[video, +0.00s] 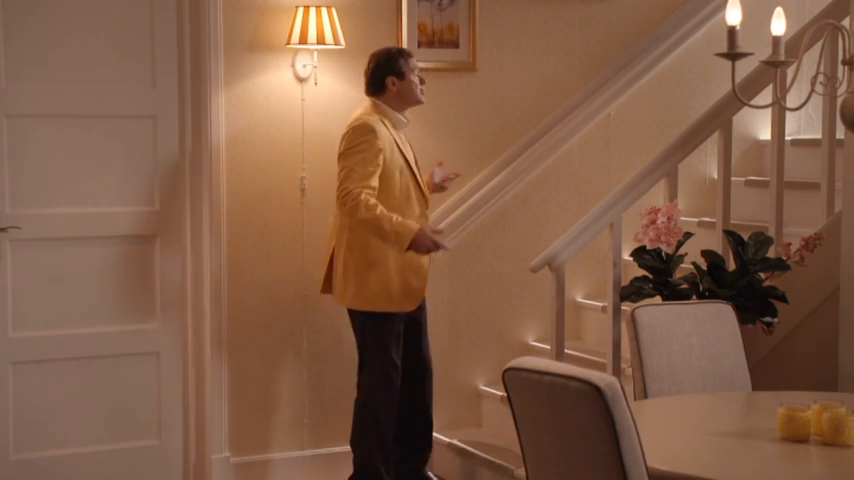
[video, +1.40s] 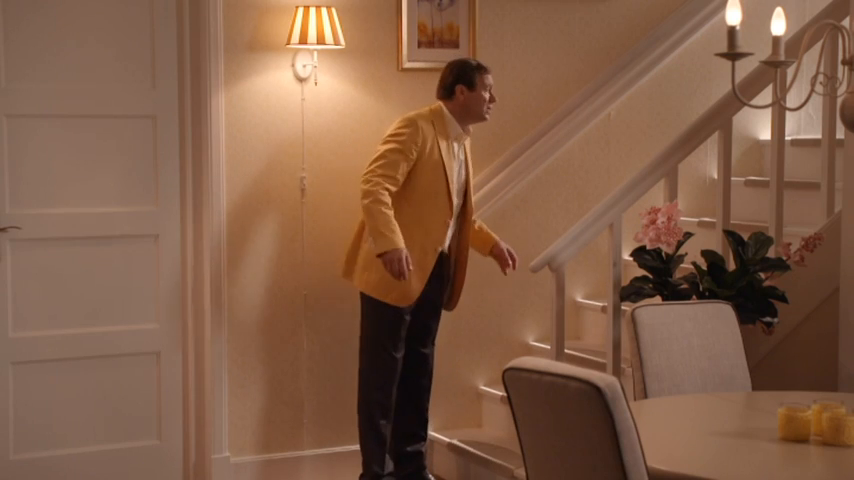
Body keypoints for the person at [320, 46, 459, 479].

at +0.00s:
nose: (423, 83)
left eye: (421, 75)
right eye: (416, 75)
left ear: (392, 83)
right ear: (392, 82)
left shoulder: (391, 130)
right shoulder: (366, 128)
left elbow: (396, 200)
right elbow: (354, 200)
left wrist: (430, 184)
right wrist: (409, 233)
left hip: (402, 278)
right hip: (375, 281)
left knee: (416, 378)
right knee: (381, 381)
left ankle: (411, 469)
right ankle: (370, 474)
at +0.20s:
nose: (427, 80)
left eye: (425, 73)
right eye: (421, 73)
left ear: (398, 83)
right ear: (397, 81)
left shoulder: (405, 130)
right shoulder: (369, 131)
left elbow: (424, 179)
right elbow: (354, 200)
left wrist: (474, 166)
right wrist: (384, 233)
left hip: (418, 277)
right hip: (388, 280)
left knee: (412, 380)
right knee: (387, 382)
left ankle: (410, 470)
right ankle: (370, 473)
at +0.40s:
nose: (436, 82)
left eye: (435, 76)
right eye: (430, 76)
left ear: (411, 83)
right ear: (405, 83)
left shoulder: (429, 129)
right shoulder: (376, 128)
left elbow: (464, 147)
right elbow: (355, 173)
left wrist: (504, 110)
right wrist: (334, 185)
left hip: (438, 266)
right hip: (403, 270)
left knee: (427, 378)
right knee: (396, 379)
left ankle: (413, 469)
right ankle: (372, 474)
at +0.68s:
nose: (445, 82)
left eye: (443, 76)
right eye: (437, 76)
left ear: (419, 85)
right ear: (410, 84)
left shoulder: (441, 130)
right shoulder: (377, 132)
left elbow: (470, 164)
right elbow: (342, 177)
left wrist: (518, 135)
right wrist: (327, 170)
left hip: (448, 265)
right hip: (410, 267)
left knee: (434, 382)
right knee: (402, 381)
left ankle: (414, 473)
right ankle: (380, 476)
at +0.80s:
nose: (451, 84)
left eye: (450, 77)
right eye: (444, 77)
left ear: (426, 85)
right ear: (417, 84)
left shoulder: (441, 133)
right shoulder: (381, 131)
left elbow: (462, 192)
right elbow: (343, 180)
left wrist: (515, 202)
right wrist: (335, 212)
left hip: (449, 265)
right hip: (410, 267)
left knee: (433, 379)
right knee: (400, 379)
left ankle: (414, 472)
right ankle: (380, 475)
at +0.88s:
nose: (457, 85)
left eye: (457, 79)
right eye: (450, 78)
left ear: (433, 86)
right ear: (423, 84)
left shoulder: (444, 137)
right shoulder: (385, 131)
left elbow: (449, 207)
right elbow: (353, 194)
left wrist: (477, 245)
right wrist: (346, 251)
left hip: (449, 265)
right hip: (408, 266)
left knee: (431, 379)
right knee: (399, 377)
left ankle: (414, 471)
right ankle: (379, 473)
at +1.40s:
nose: (492, 100)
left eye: (492, 92)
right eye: (487, 91)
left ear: (464, 95)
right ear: (459, 92)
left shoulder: (461, 141)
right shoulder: (416, 128)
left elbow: (456, 213)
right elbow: (374, 185)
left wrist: (491, 243)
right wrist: (388, 243)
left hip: (433, 272)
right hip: (393, 268)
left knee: (417, 372)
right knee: (382, 372)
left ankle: (410, 468)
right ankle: (376, 471)